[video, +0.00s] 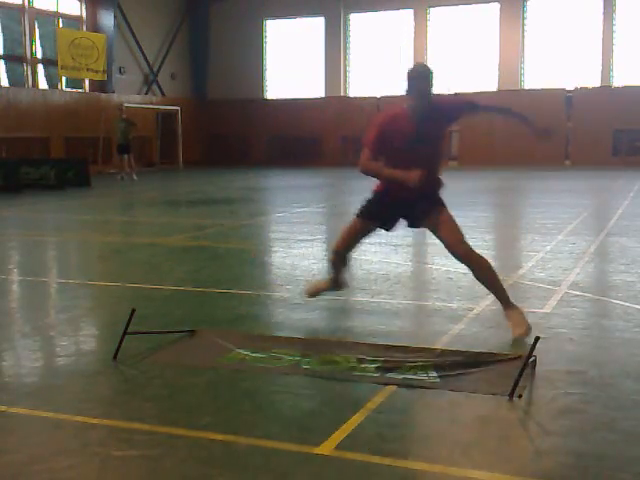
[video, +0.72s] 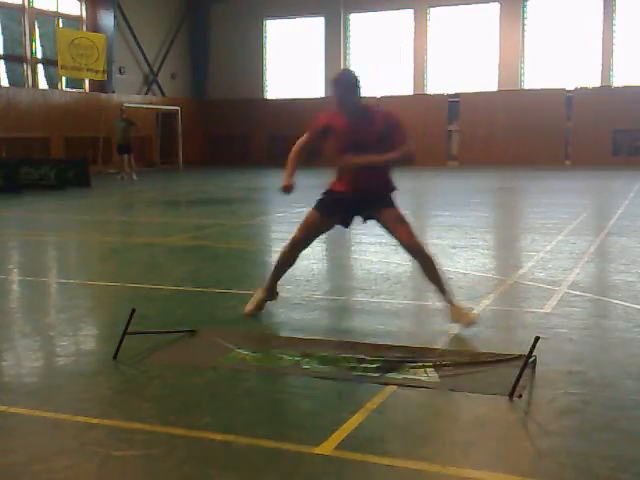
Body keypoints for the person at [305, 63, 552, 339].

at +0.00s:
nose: (416, 99)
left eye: (422, 93)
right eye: (412, 93)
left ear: (430, 92)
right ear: (405, 91)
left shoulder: (442, 110)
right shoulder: (386, 121)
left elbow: (490, 109)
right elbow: (364, 164)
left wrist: (530, 124)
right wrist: (403, 175)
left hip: (425, 195)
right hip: (387, 195)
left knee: (462, 252)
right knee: (339, 249)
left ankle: (510, 308)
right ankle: (336, 282)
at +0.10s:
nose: (458, 124)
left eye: (462, 118)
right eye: (453, 118)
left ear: (470, 117)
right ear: (444, 117)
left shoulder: (480, 141)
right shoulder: (424, 143)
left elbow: (521, 148)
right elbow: (395, 179)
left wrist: (550, 168)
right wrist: (425, 202)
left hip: (456, 212)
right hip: (418, 211)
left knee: (490, 260)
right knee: (380, 268)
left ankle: (524, 317)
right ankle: (406, 277)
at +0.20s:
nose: (474, 142)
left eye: (479, 135)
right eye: (470, 135)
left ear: (491, 133)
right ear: (463, 130)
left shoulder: (501, 159)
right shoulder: (443, 153)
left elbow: (531, 182)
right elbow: (416, 191)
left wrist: (551, 215)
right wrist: (451, 208)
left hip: (470, 219)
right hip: (432, 219)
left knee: (501, 261)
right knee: (412, 278)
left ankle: (525, 317)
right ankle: (455, 284)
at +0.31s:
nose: (475, 144)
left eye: (480, 139)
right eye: (471, 138)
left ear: (491, 134)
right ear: (464, 131)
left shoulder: (504, 163)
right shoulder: (443, 155)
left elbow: (531, 202)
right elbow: (420, 193)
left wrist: (551, 244)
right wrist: (458, 199)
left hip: (474, 221)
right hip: (435, 221)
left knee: (502, 261)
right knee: (413, 276)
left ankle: (526, 317)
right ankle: (462, 285)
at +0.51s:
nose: (425, 120)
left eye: (431, 115)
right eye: (424, 114)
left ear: (447, 116)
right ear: (422, 113)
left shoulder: (461, 140)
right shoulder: (414, 133)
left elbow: (471, 167)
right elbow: (365, 130)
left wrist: (424, 157)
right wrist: (376, 150)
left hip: (447, 216)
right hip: (410, 211)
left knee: (483, 261)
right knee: (352, 239)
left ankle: (524, 317)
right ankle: (371, 294)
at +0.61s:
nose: (391, 103)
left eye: (396, 98)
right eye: (387, 98)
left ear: (405, 96)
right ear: (380, 96)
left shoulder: (419, 116)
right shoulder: (373, 114)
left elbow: (428, 144)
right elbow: (326, 120)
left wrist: (378, 142)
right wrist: (332, 149)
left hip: (411, 201)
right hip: (375, 198)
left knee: (456, 257)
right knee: (318, 228)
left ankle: (510, 311)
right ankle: (311, 286)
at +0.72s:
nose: (341, 102)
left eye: (345, 96)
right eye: (337, 97)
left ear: (357, 93)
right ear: (333, 96)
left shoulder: (383, 120)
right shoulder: (330, 121)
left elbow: (405, 153)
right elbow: (299, 147)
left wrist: (360, 161)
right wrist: (288, 176)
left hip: (378, 196)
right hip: (341, 194)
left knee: (416, 248)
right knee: (297, 241)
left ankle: (451, 304)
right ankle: (268, 289)